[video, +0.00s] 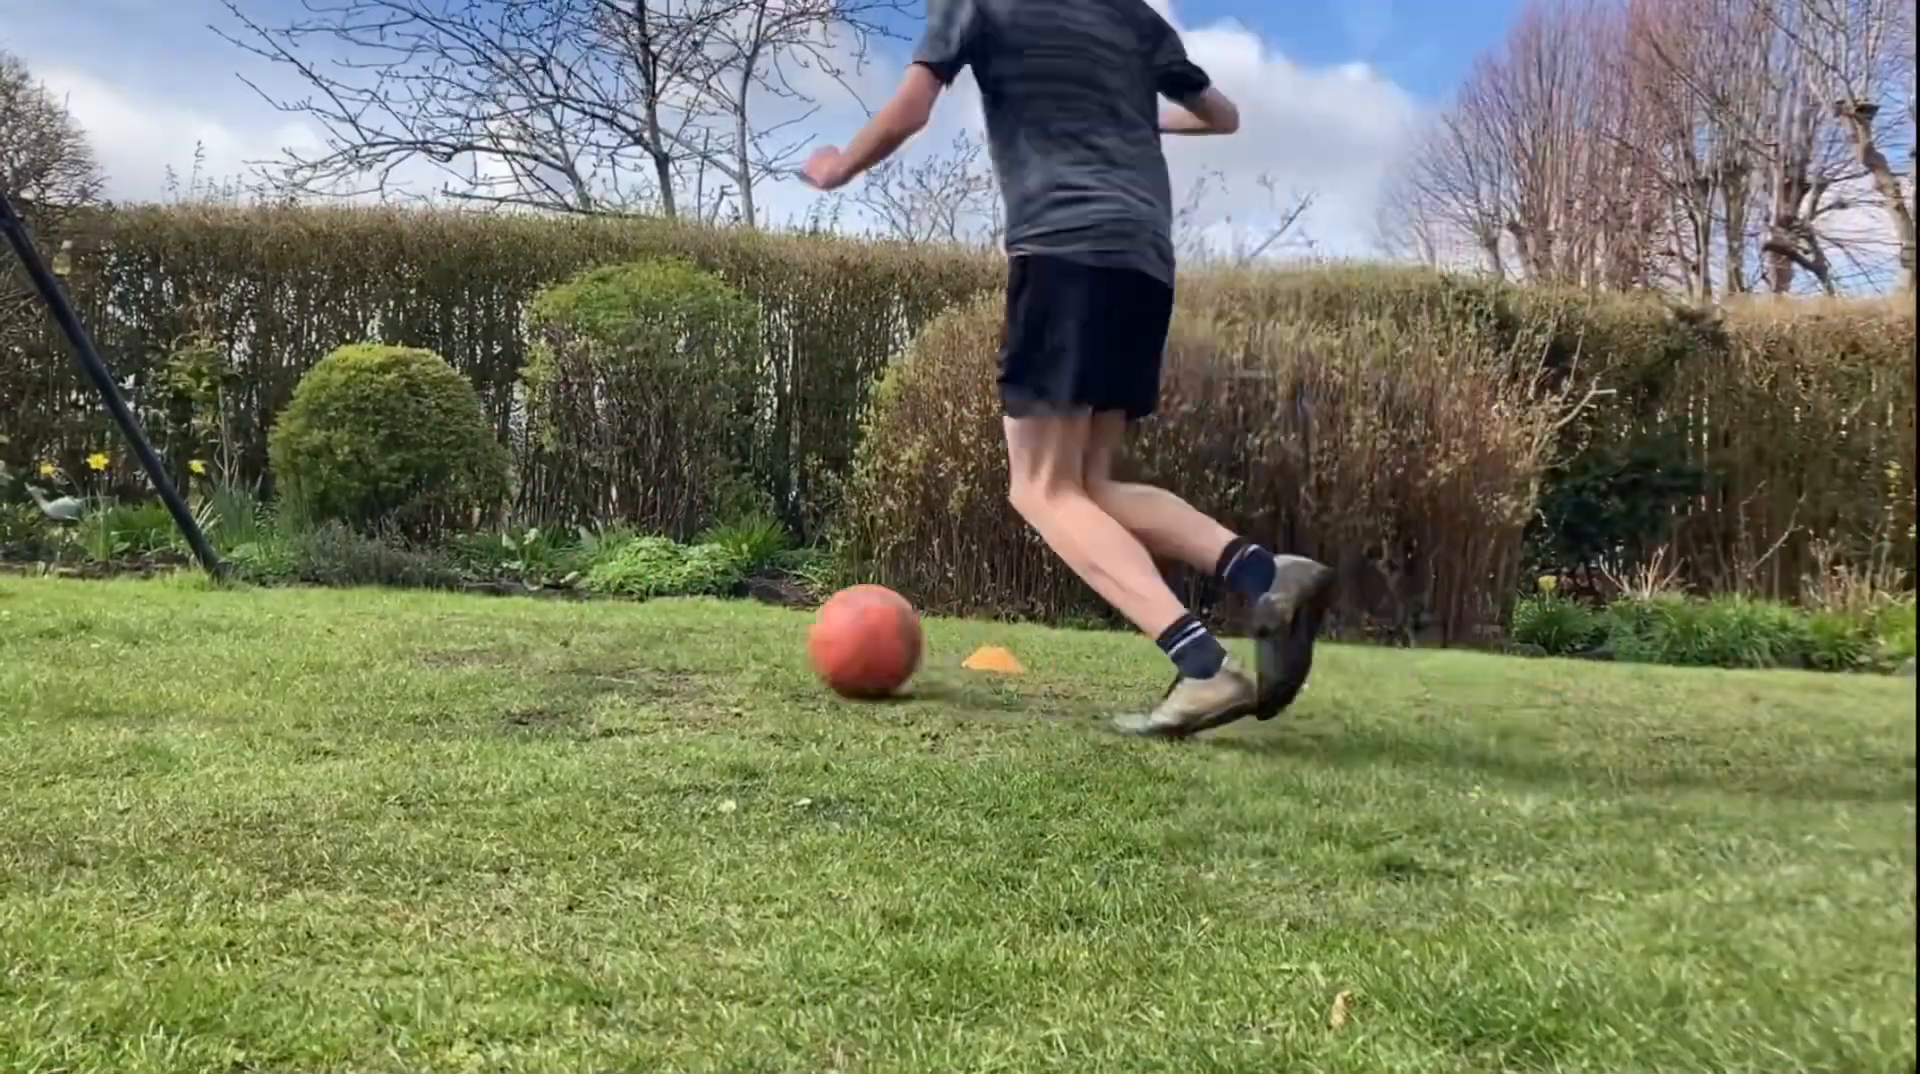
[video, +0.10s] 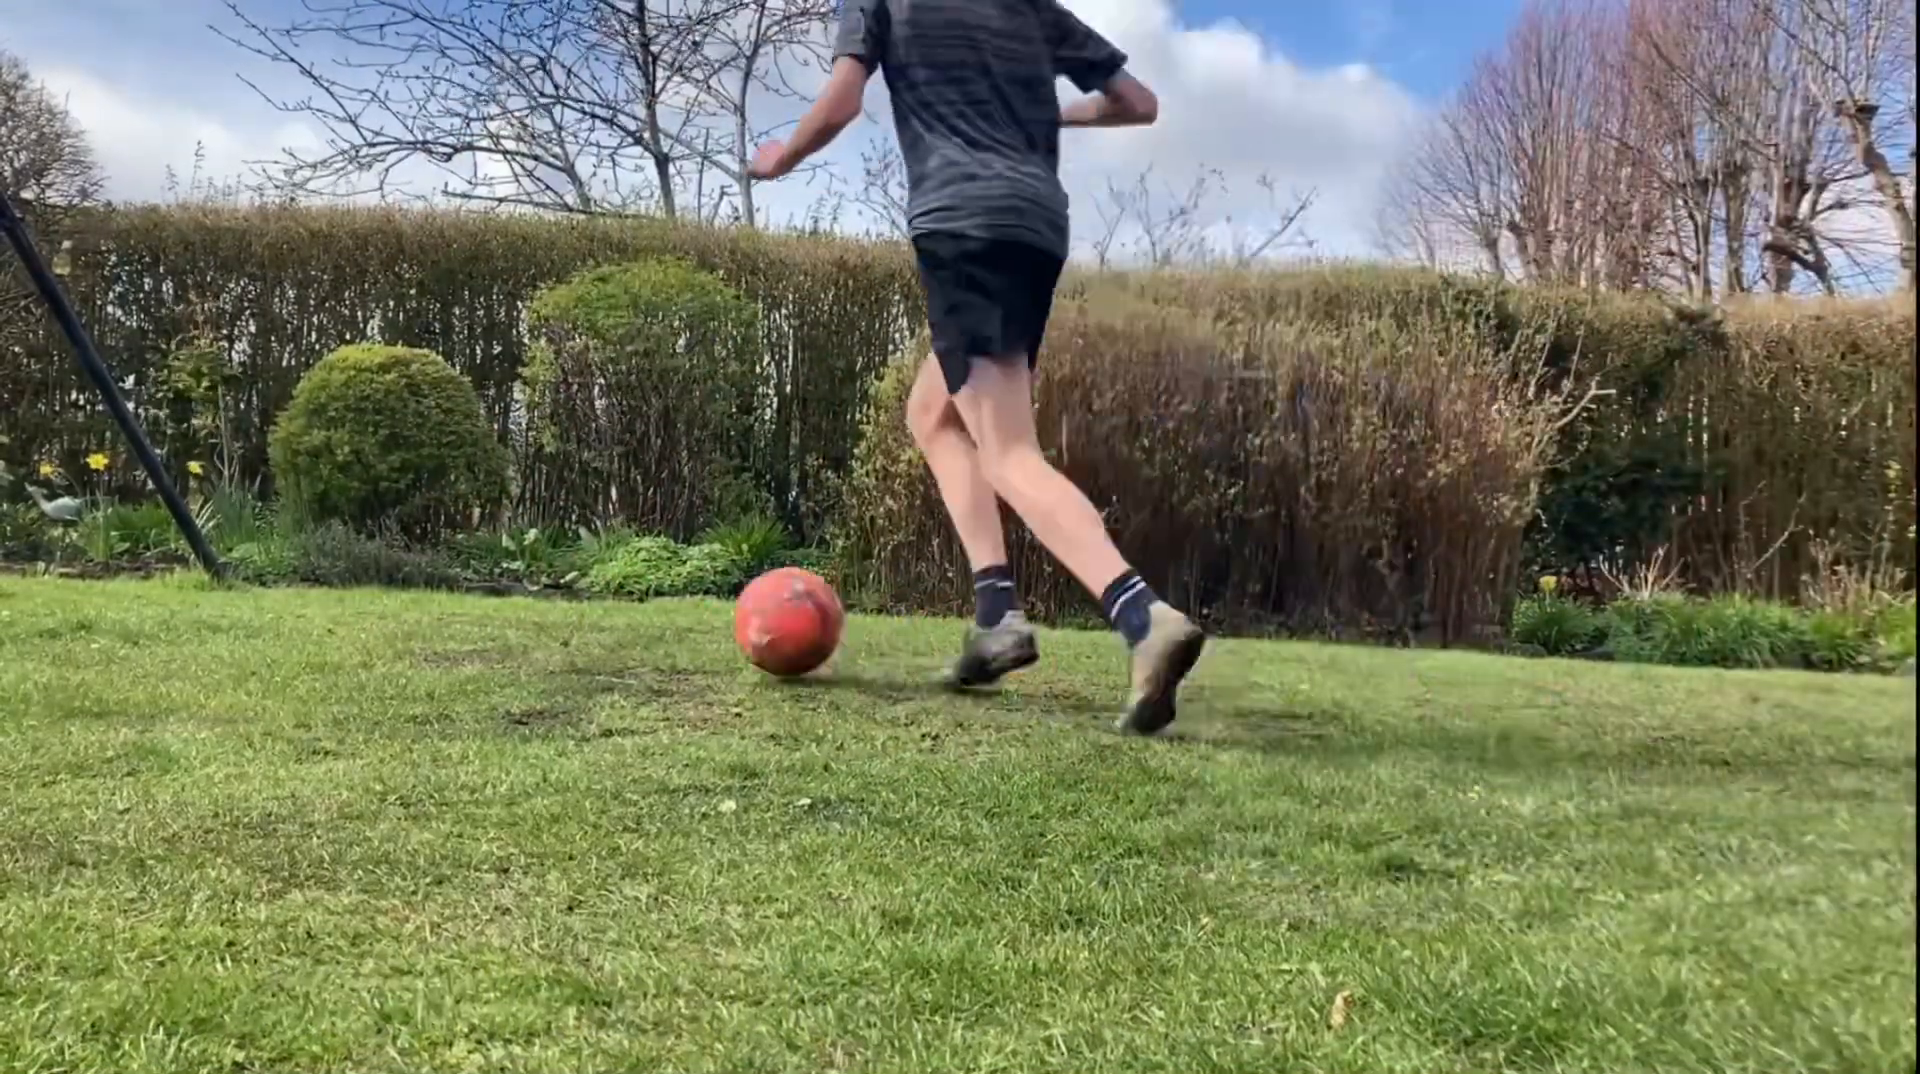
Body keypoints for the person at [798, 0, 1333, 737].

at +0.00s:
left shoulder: (977, 4)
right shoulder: (1132, 13)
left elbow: (910, 110)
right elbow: (1221, 115)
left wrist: (843, 165)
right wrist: (1152, 117)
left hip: (1061, 249)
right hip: (1147, 257)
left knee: (1042, 490)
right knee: (1093, 487)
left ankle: (1203, 666)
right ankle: (1263, 579)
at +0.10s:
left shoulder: (881, 3)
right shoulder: (1031, 7)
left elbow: (839, 107)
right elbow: (1137, 102)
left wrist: (782, 154)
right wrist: (1051, 116)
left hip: (957, 218)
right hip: (1043, 220)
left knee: (1009, 455)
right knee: (930, 415)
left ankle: (1145, 621)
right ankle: (998, 618)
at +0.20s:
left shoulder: (807, 9)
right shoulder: (947, 20)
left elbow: (794, 109)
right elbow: (1031, 130)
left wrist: (733, 175)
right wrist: (970, 177)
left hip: (865, 225)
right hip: (946, 235)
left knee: (879, 443)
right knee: (863, 425)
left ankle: (978, 537)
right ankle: (884, 634)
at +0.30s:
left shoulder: (737, 9)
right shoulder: (863, 31)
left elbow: (724, 115)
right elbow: (940, 134)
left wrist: (676, 181)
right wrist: (903, 234)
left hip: (796, 223)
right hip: (876, 239)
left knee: (727, 407)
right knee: (793, 410)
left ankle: (777, 589)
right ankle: (869, 579)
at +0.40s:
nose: (667, 20)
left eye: (668, 12)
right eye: (670, 15)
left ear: (685, 5)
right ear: (734, 9)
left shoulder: (673, 38)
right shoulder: (793, 58)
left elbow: (648, 146)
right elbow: (878, 142)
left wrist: (626, 209)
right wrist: (868, 266)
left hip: (715, 246)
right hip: (794, 261)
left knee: (654, 424)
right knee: (723, 410)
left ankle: (646, 627)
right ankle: (772, 572)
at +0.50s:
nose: (646, 51)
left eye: (647, 41)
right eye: (650, 42)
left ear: (660, 36)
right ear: (711, 44)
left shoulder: (639, 69)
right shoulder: (754, 100)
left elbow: (597, 178)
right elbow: (831, 178)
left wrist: (583, 269)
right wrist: (821, 294)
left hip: (640, 272)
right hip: (721, 292)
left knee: (566, 421)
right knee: (672, 449)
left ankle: (576, 534)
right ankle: (641, 605)